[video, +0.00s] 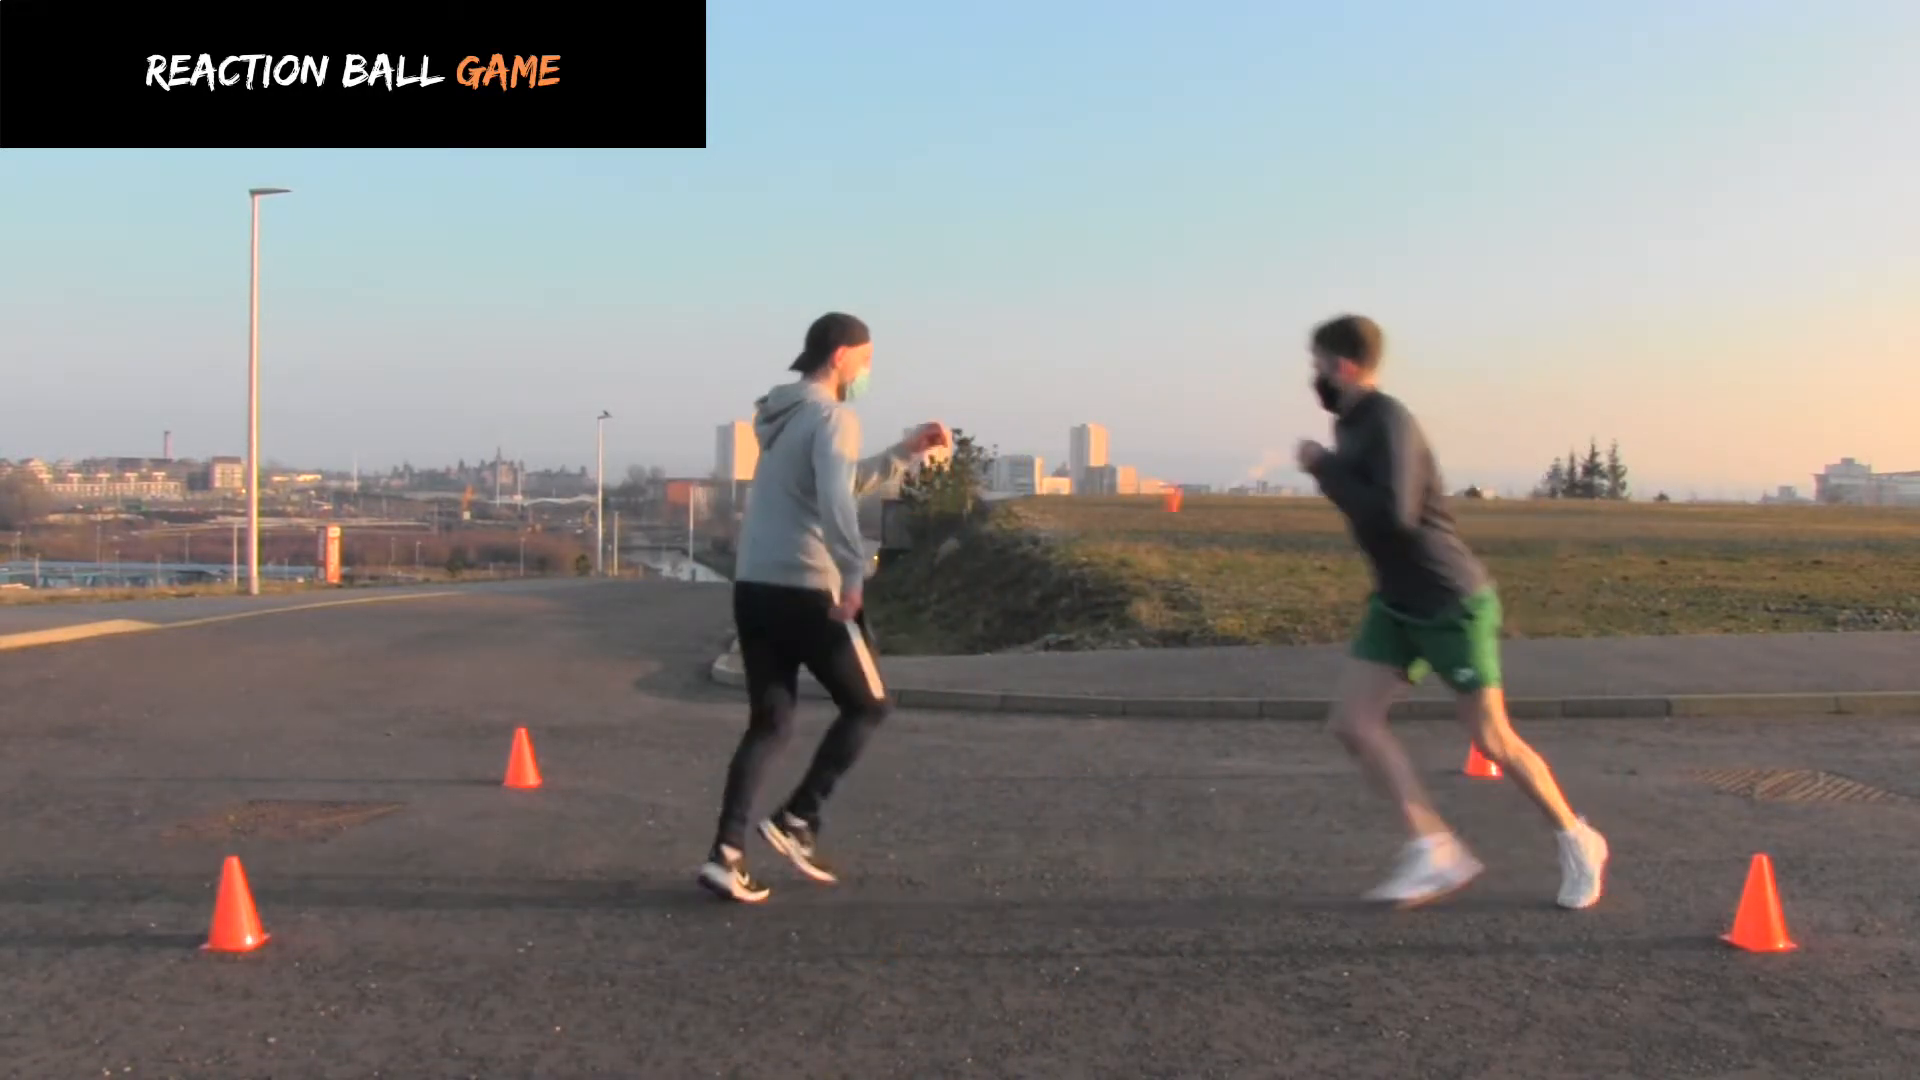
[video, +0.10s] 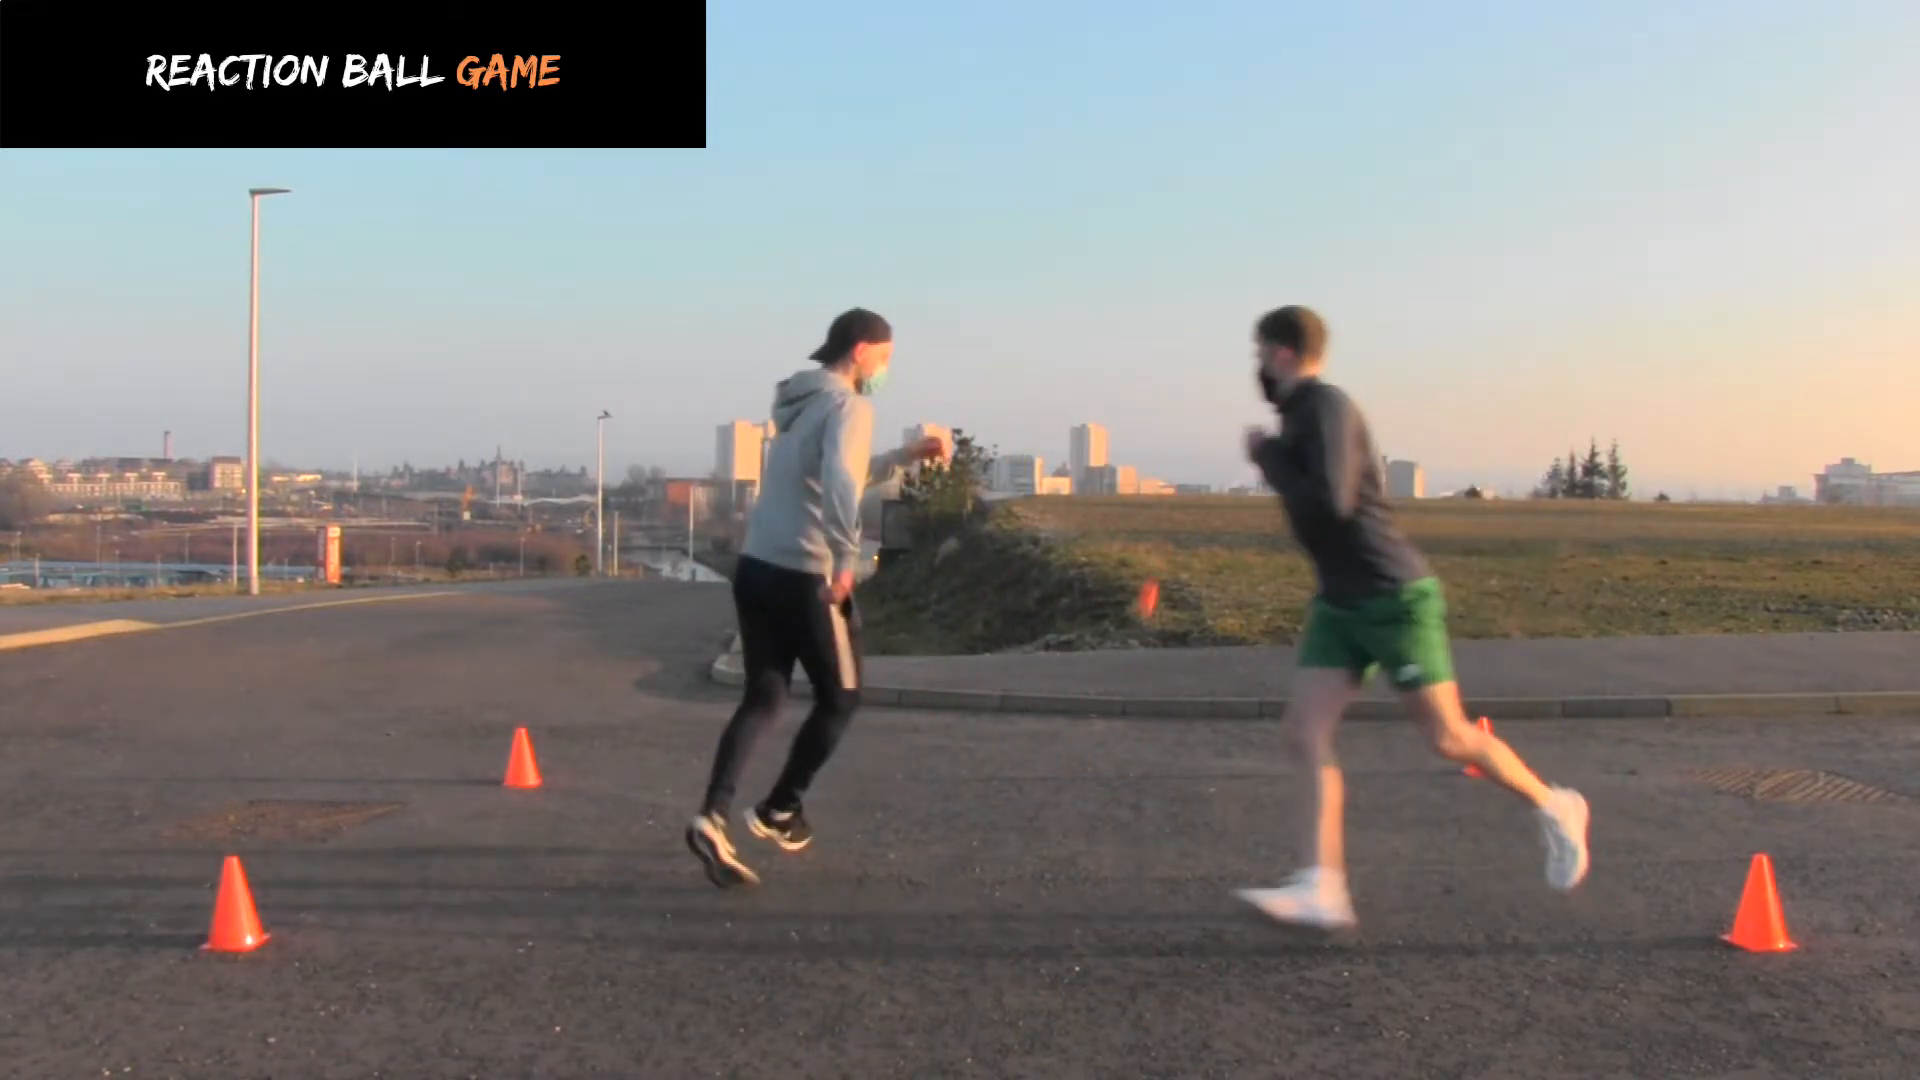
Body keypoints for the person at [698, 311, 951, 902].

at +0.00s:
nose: (865, 370)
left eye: (867, 359)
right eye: (864, 358)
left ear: (822, 352)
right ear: (842, 354)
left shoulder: (784, 412)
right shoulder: (834, 416)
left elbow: (838, 491)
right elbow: (834, 497)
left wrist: (903, 456)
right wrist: (855, 569)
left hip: (754, 584)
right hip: (804, 587)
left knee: (768, 721)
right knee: (868, 704)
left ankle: (726, 853)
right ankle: (798, 818)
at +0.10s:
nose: (883, 369)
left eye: (885, 358)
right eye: (882, 357)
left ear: (840, 348)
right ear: (859, 350)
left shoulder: (801, 400)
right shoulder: (849, 405)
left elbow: (841, 488)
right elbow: (840, 478)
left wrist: (908, 457)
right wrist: (847, 556)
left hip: (757, 567)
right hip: (805, 572)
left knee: (763, 695)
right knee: (839, 697)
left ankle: (713, 816)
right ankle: (779, 808)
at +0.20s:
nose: (905, 395)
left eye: (908, 385)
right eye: (905, 384)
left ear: (867, 372)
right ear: (883, 374)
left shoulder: (820, 417)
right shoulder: (871, 430)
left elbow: (830, 488)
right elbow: (850, 506)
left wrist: (899, 497)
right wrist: (845, 579)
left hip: (770, 576)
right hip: (816, 589)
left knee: (760, 692)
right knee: (805, 709)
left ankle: (699, 794)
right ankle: (746, 821)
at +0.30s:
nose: (923, 414)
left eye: (927, 404)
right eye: (923, 403)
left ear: (887, 388)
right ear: (902, 390)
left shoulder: (836, 428)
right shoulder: (884, 444)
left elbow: (829, 508)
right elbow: (861, 525)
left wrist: (885, 542)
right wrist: (862, 602)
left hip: (779, 579)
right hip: (819, 591)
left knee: (779, 692)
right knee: (824, 707)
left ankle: (733, 802)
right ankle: (755, 812)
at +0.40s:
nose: (947, 446)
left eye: (951, 434)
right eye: (948, 432)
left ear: (917, 417)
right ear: (923, 418)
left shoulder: (858, 450)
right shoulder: (892, 463)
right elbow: (883, 555)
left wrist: (899, 596)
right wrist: (910, 624)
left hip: (797, 594)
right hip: (831, 603)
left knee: (804, 695)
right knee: (906, 695)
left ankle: (752, 801)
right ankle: (823, 770)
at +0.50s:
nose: (959, 454)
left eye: (960, 445)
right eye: (961, 444)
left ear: (930, 427)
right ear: (950, 435)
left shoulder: (882, 460)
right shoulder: (912, 475)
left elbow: (881, 563)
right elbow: (908, 563)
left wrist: (915, 628)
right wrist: (941, 625)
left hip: (813, 596)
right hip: (846, 607)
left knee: (819, 699)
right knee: (921, 685)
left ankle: (757, 796)